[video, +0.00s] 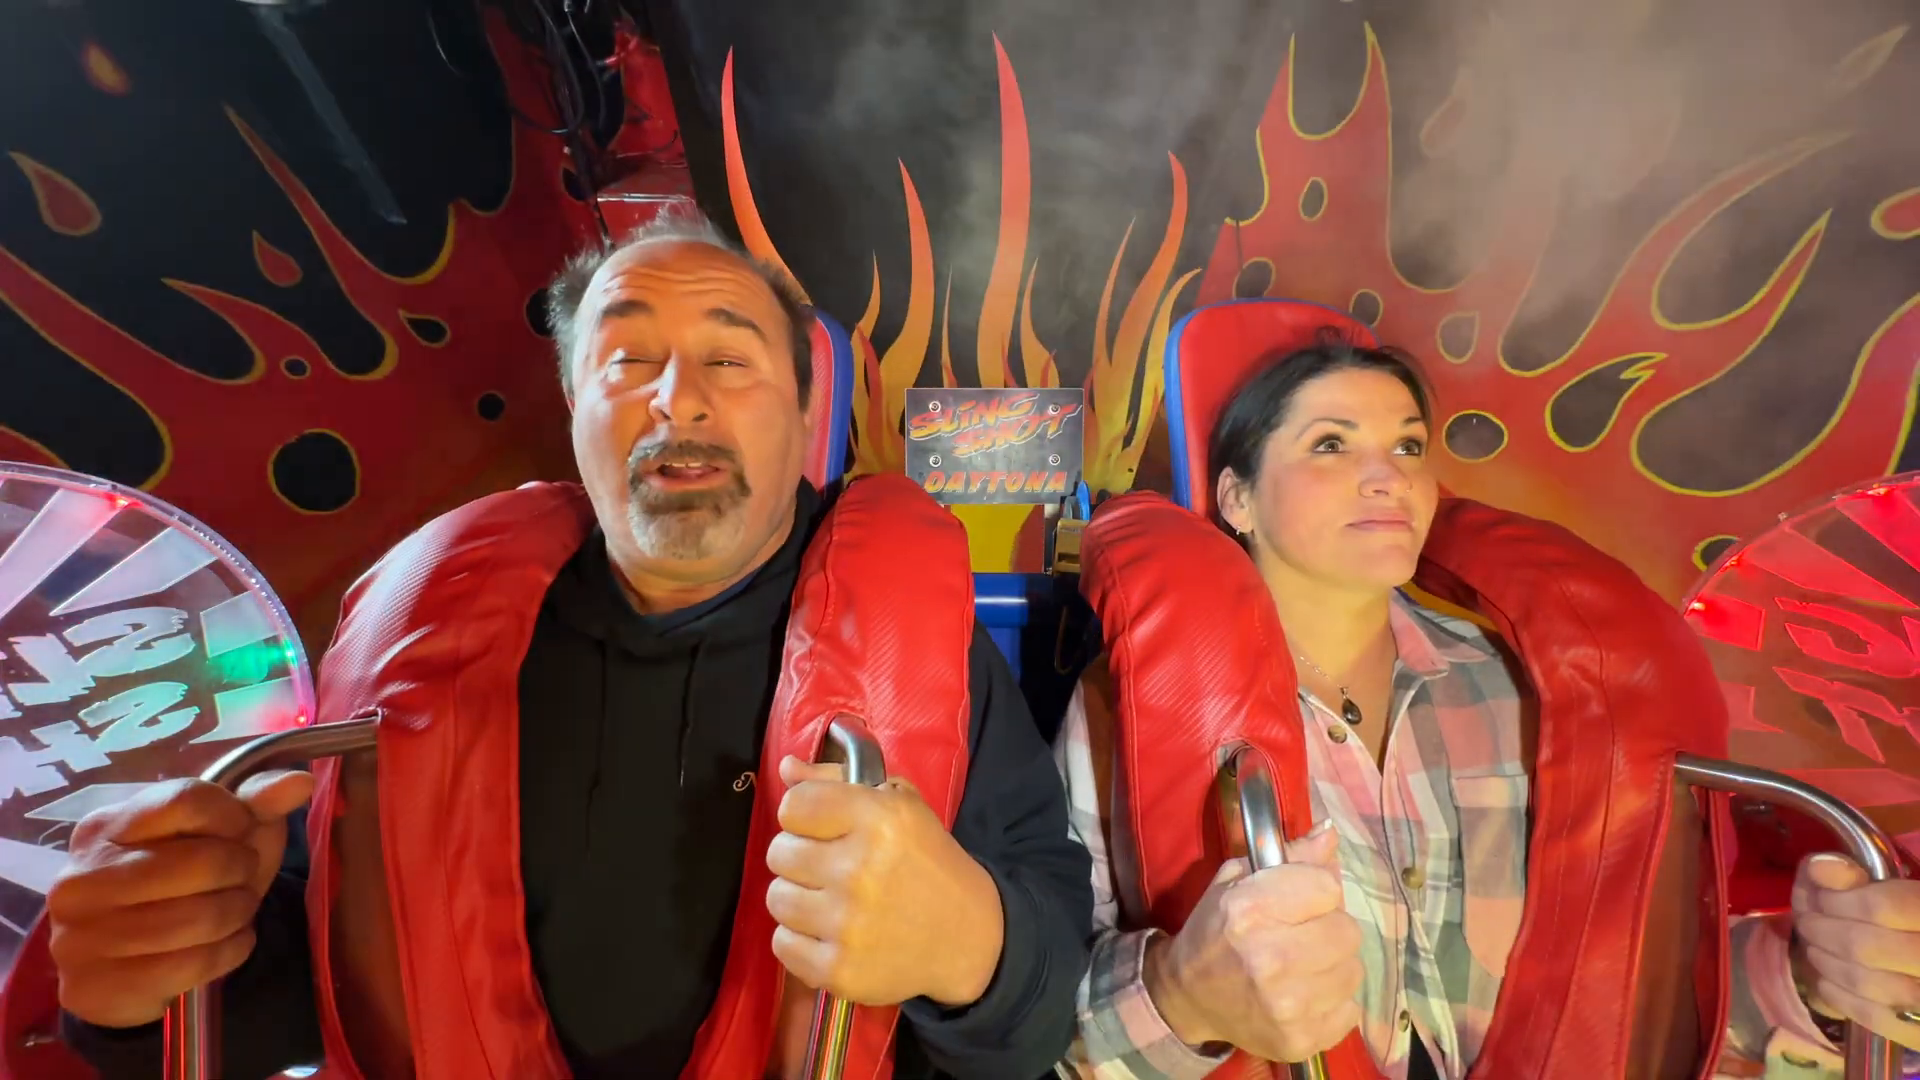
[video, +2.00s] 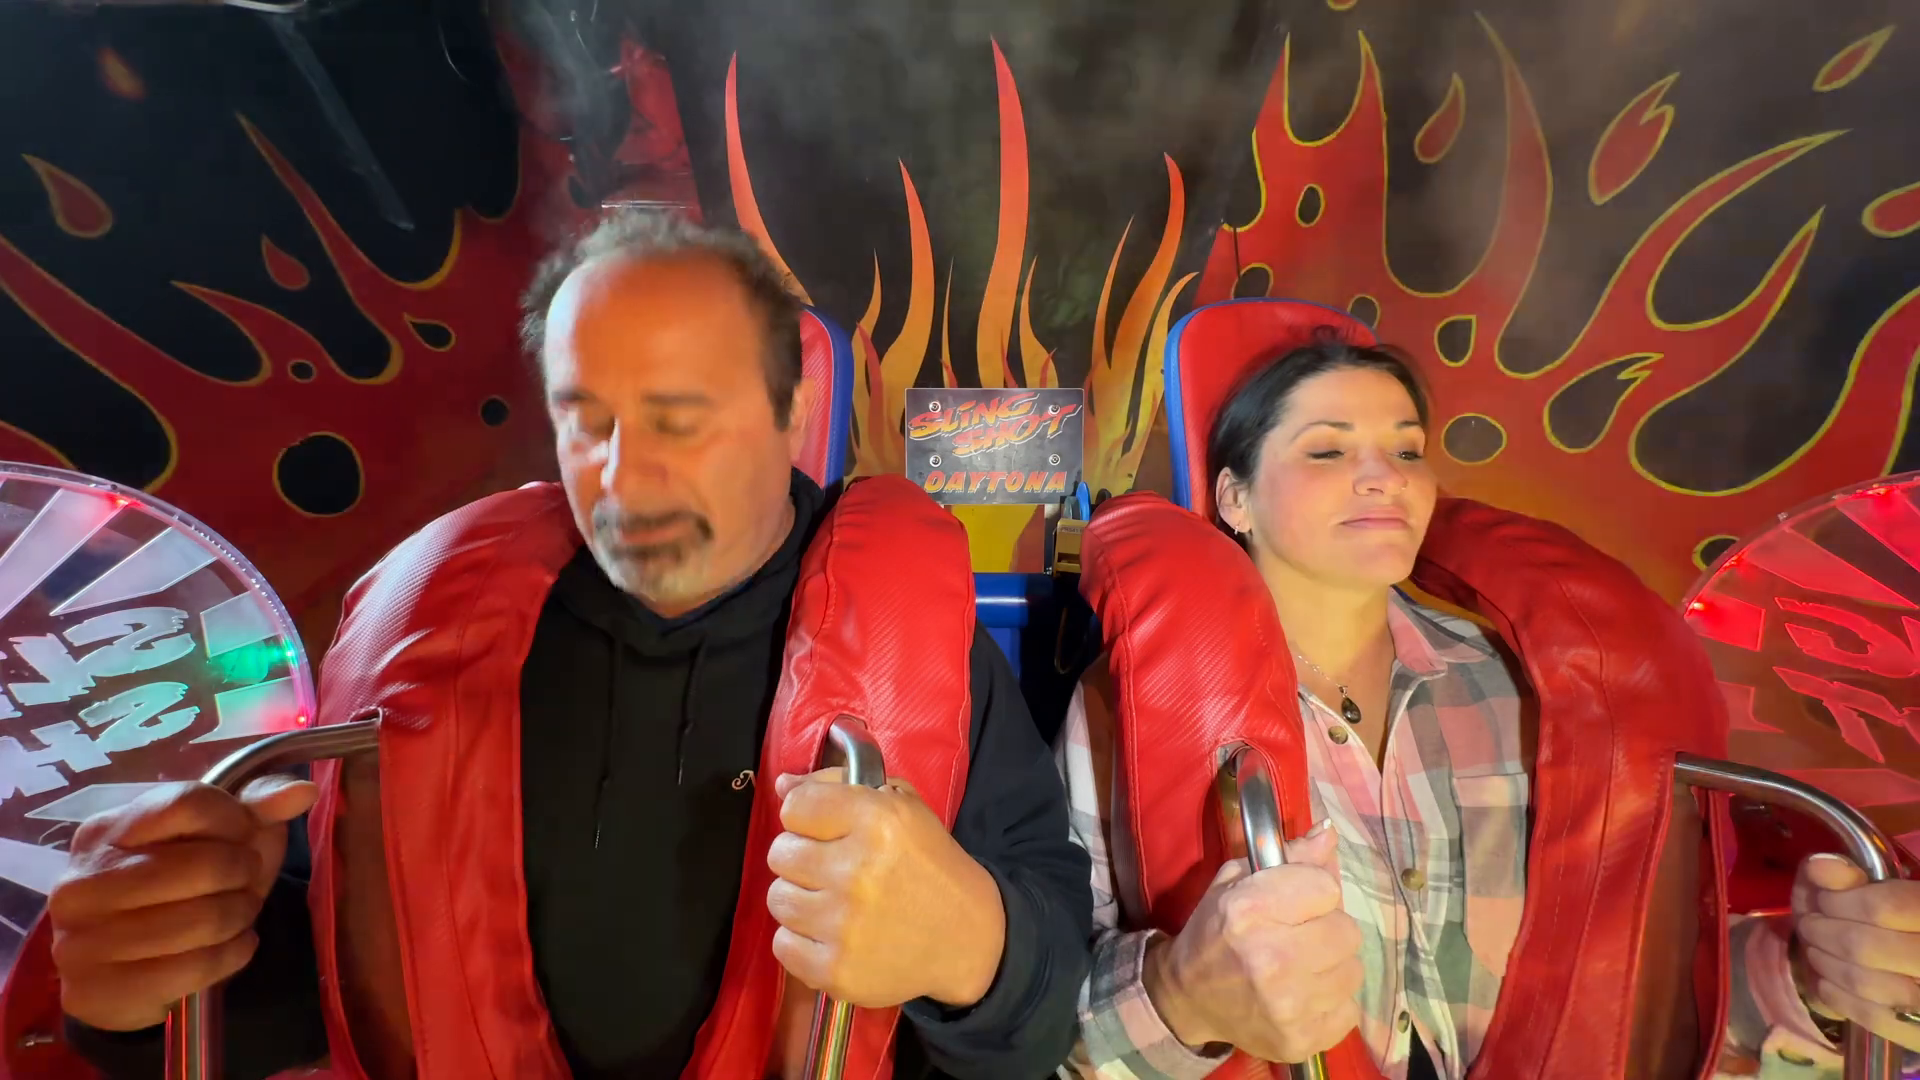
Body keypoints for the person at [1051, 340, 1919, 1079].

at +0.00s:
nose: (1388, 478)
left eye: (1408, 447)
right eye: (1330, 447)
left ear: (1437, 485)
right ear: (1238, 500)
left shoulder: (1514, 693)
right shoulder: (1141, 712)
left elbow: (1599, 975)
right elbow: (1041, 1028)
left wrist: (1793, 968)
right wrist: (1170, 1000)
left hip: (1488, 1067)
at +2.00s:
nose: (1382, 485)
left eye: (1405, 454)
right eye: (1328, 454)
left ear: (1436, 487)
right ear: (1235, 500)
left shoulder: (1514, 692)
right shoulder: (1137, 715)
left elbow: (1605, 972)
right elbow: (1055, 1029)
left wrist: (1801, 972)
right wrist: (1173, 1003)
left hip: (1488, 1066)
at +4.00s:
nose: (1383, 482)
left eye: (1405, 454)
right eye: (1328, 454)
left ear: (1435, 488)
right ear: (1238, 500)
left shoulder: (1518, 686)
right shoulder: (1143, 708)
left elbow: (1607, 969)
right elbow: (1050, 1031)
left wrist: (1790, 972)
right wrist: (1171, 996)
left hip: (1501, 1065)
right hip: (1269, 1073)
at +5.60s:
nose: (1384, 486)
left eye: (1405, 457)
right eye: (1330, 458)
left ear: (1434, 490)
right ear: (1238, 502)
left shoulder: (1518, 689)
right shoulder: (1143, 711)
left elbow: (1612, 967)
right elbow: (1056, 1033)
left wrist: (1803, 973)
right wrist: (1172, 996)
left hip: (1494, 1066)